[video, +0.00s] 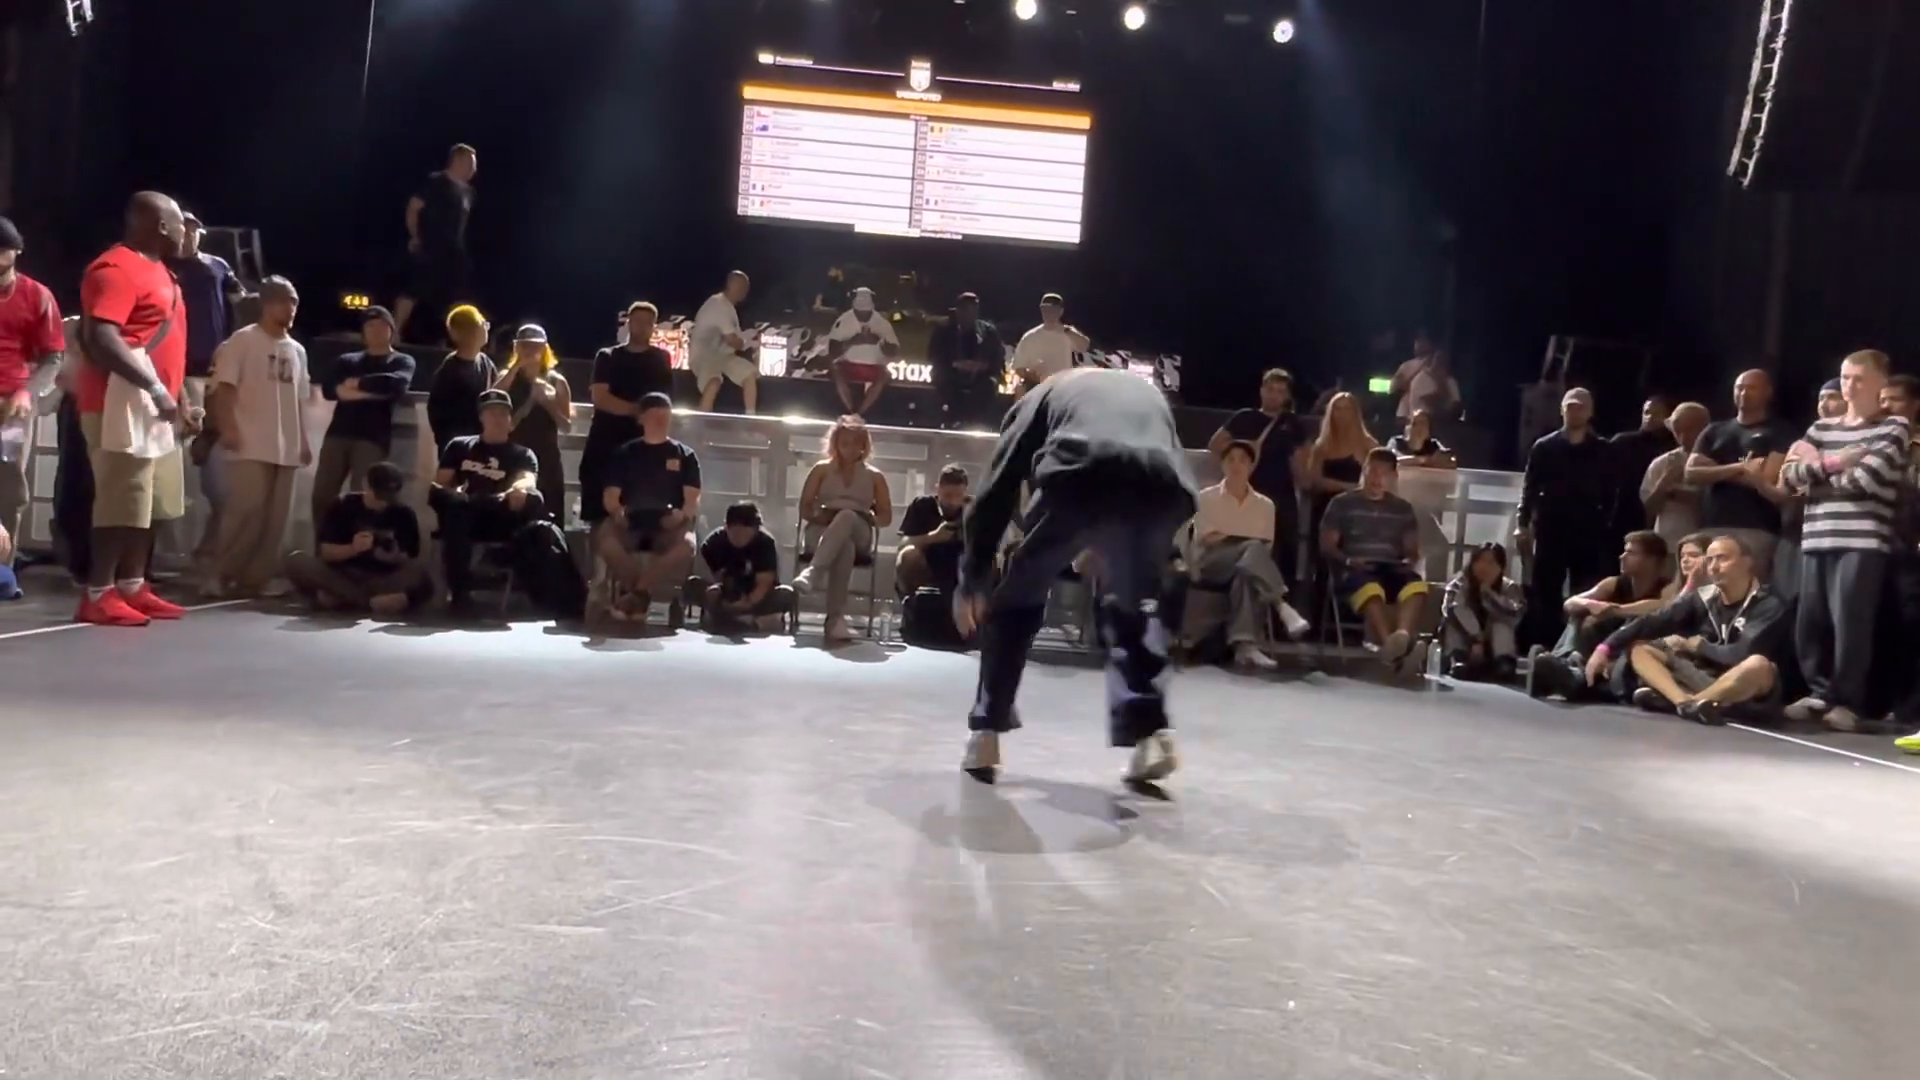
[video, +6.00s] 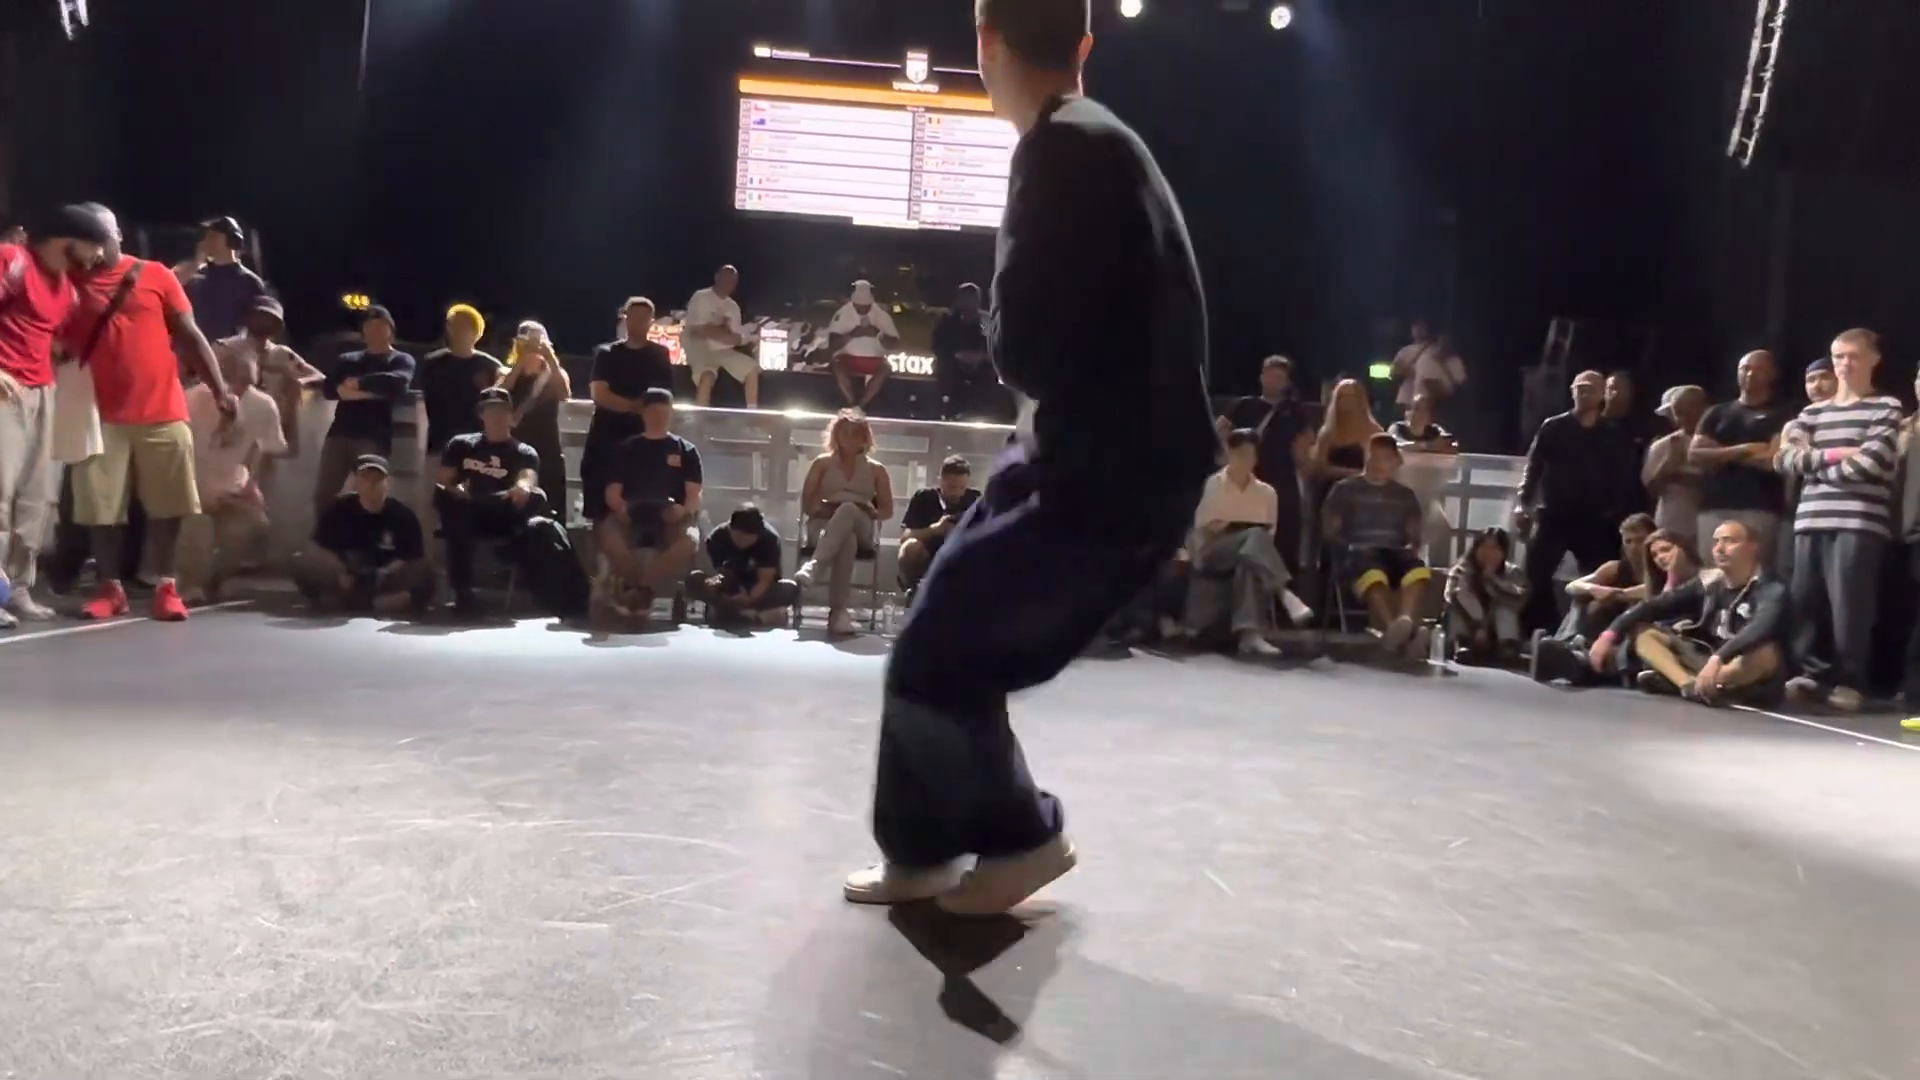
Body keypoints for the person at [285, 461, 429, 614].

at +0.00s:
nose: (382, 504)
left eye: (387, 500)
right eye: (378, 499)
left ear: (395, 494)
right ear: (367, 488)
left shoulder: (404, 515)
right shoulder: (343, 507)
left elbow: (411, 558)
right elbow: (325, 552)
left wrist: (393, 556)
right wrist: (353, 549)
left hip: (385, 577)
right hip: (344, 574)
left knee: (418, 574)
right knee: (296, 562)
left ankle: (345, 600)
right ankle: (368, 601)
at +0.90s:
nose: (397, 491)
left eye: (402, 487)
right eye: (393, 485)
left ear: (410, 482)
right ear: (381, 474)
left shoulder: (418, 500)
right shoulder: (358, 492)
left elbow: (426, 543)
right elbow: (339, 538)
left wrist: (405, 542)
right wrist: (366, 535)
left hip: (399, 562)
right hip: (359, 559)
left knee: (432, 560)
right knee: (313, 548)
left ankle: (359, 586)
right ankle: (382, 588)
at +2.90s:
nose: (406, 483)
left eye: (413, 480)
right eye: (403, 476)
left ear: (423, 473)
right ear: (394, 461)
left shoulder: (430, 489)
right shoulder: (368, 479)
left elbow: (438, 531)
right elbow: (351, 524)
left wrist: (417, 531)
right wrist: (381, 523)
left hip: (410, 549)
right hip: (368, 545)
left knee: (445, 548)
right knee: (325, 533)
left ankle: (371, 573)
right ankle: (393, 574)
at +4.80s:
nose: (400, 466)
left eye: (405, 460)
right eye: (395, 459)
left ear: (412, 462)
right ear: (382, 459)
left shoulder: (427, 492)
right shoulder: (362, 485)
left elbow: (436, 535)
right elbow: (344, 527)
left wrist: (404, 528)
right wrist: (367, 527)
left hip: (409, 551)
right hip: (368, 547)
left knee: (445, 550)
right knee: (326, 538)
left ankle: (373, 576)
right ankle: (394, 577)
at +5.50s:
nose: (380, 471)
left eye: (386, 466)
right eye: (375, 465)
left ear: (395, 470)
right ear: (365, 467)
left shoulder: (412, 502)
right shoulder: (346, 497)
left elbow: (423, 546)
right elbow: (327, 538)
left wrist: (395, 548)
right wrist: (350, 541)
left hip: (395, 561)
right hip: (354, 560)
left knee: (433, 561)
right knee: (313, 550)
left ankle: (358, 588)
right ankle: (382, 591)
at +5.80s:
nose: (375, 477)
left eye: (380, 472)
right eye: (369, 471)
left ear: (389, 475)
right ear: (358, 474)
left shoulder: (405, 507)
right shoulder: (339, 501)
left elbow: (416, 548)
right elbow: (318, 540)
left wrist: (400, 558)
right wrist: (346, 557)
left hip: (389, 568)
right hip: (347, 567)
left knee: (427, 568)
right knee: (306, 556)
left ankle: (350, 596)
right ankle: (378, 596)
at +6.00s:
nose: (371, 485)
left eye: (377, 480)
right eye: (366, 479)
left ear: (386, 483)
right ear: (356, 481)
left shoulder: (402, 515)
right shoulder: (338, 509)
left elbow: (413, 557)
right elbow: (320, 548)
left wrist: (384, 573)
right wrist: (341, 574)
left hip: (385, 575)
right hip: (346, 572)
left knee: (424, 573)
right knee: (301, 562)